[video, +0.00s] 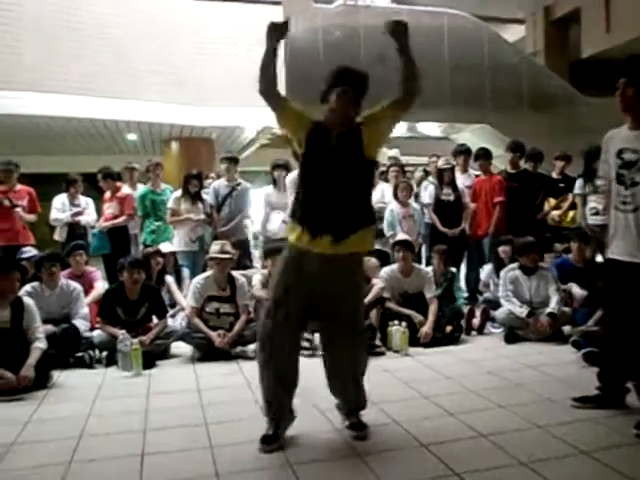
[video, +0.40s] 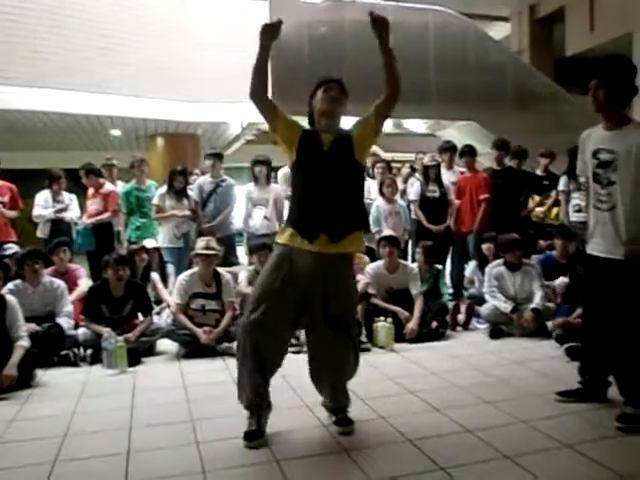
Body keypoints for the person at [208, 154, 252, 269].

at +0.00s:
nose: (227, 168)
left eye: (230, 165)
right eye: (224, 165)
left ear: (236, 168)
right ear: (221, 168)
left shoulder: (244, 187)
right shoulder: (215, 187)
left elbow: (245, 212)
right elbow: (213, 209)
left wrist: (228, 228)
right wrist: (219, 229)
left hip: (240, 235)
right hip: (221, 234)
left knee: (244, 268)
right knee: (220, 267)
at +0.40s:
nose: (212, 165)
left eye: (215, 162)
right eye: (210, 161)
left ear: (221, 165)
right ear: (206, 164)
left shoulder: (229, 184)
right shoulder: (200, 183)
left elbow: (230, 208)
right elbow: (197, 205)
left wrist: (213, 225)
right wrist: (203, 225)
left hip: (224, 232)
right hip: (205, 231)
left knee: (230, 266)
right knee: (204, 265)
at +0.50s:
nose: (208, 165)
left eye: (211, 162)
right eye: (205, 161)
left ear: (217, 164)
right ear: (201, 163)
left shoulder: (225, 185)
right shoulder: (196, 184)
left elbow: (226, 208)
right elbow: (193, 206)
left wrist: (210, 225)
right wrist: (200, 224)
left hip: (221, 233)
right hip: (201, 233)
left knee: (227, 267)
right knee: (201, 266)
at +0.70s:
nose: (206, 144)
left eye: (210, 140)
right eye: (204, 140)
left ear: (215, 142)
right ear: (200, 142)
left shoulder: (223, 163)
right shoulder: (195, 163)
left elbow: (225, 187)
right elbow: (192, 184)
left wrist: (208, 203)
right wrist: (199, 202)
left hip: (219, 212)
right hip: (200, 212)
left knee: (225, 246)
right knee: (200, 245)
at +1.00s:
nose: (209, 143)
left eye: (213, 139)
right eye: (207, 139)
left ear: (218, 142)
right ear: (202, 142)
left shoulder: (227, 162)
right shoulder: (197, 162)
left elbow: (228, 186)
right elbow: (194, 183)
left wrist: (212, 203)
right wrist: (202, 202)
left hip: (222, 210)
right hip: (203, 210)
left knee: (229, 244)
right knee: (203, 244)